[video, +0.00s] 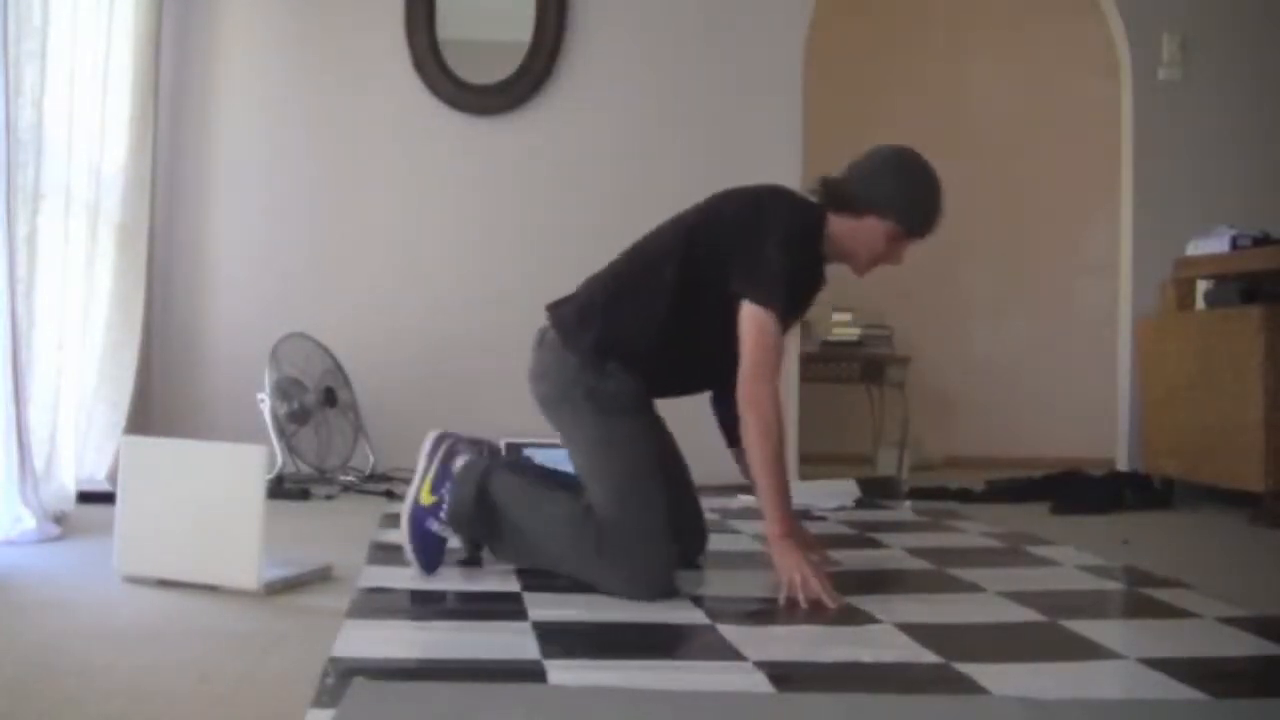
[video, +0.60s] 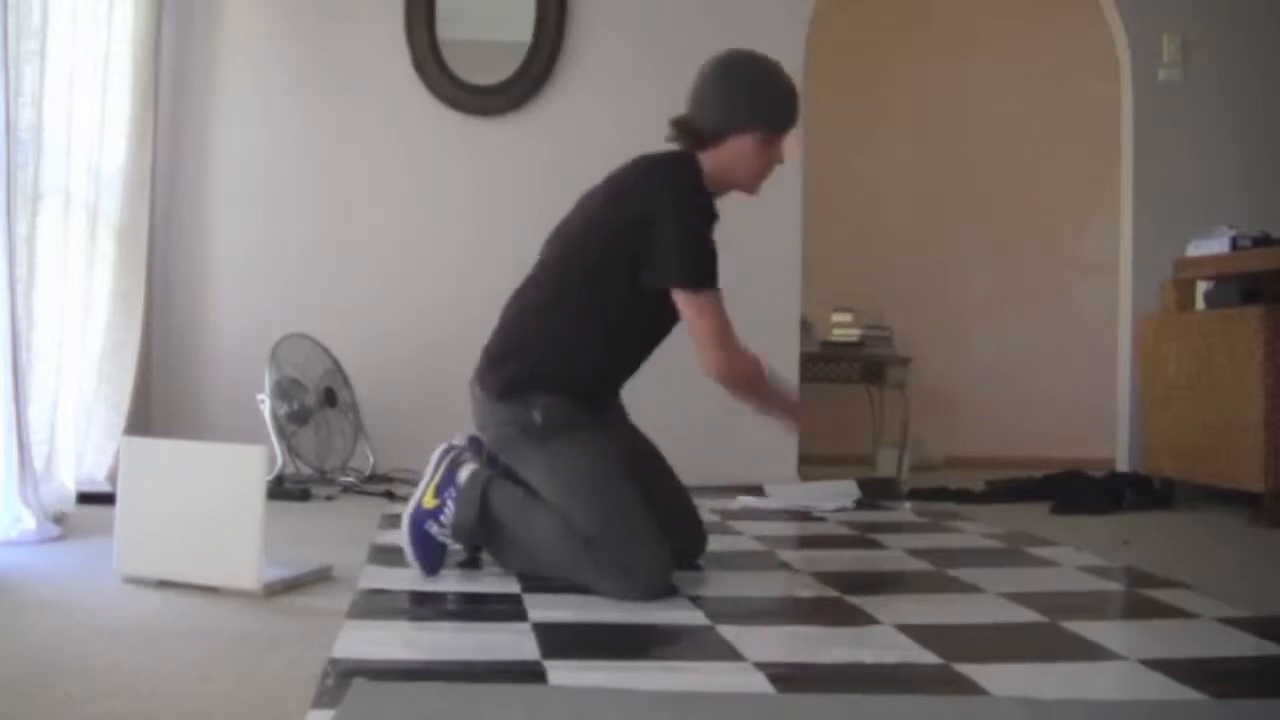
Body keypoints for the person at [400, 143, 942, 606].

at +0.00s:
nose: (897, 258)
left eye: (906, 246)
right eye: (901, 239)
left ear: (866, 212)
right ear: (869, 209)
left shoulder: (797, 252)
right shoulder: (782, 226)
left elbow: (737, 397)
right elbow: (754, 388)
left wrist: (781, 517)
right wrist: (781, 534)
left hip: (617, 377)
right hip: (581, 365)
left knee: (681, 541)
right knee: (640, 569)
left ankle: (503, 481)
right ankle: (469, 486)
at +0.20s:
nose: (837, 215)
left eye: (843, 200)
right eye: (838, 197)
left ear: (801, 179)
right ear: (809, 182)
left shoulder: (733, 228)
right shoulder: (725, 221)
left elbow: (714, 392)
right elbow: (734, 391)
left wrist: (774, 510)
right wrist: (786, 527)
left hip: (584, 392)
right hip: (551, 388)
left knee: (680, 542)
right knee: (643, 574)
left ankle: (515, 479)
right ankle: (471, 494)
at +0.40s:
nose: (794, 183)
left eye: (798, 166)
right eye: (793, 164)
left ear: (751, 150)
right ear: (763, 153)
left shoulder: (697, 210)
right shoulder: (691, 211)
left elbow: (697, 377)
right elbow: (696, 380)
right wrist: (752, 484)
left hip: (578, 405)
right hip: (537, 404)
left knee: (679, 541)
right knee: (638, 571)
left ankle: (493, 478)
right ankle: (472, 495)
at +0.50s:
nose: (786, 168)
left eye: (788, 151)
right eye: (783, 150)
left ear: (742, 140)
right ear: (752, 143)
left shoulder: (683, 196)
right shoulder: (681, 201)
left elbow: (700, 362)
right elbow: (699, 370)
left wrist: (744, 431)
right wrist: (748, 437)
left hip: (574, 405)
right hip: (534, 407)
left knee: (680, 543)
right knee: (639, 576)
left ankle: (488, 478)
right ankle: (472, 497)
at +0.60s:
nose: (778, 162)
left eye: (780, 145)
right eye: (775, 144)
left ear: (722, 130)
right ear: (743, 135)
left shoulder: (678, 190)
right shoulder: (672, 193)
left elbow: (723, 353)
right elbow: (720, 358)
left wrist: (783, 404)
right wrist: (790, 409)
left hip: (578, 405)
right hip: (532, 408)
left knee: (680, 543)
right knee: (638, 576)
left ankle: (488, 478)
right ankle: (472, 495)